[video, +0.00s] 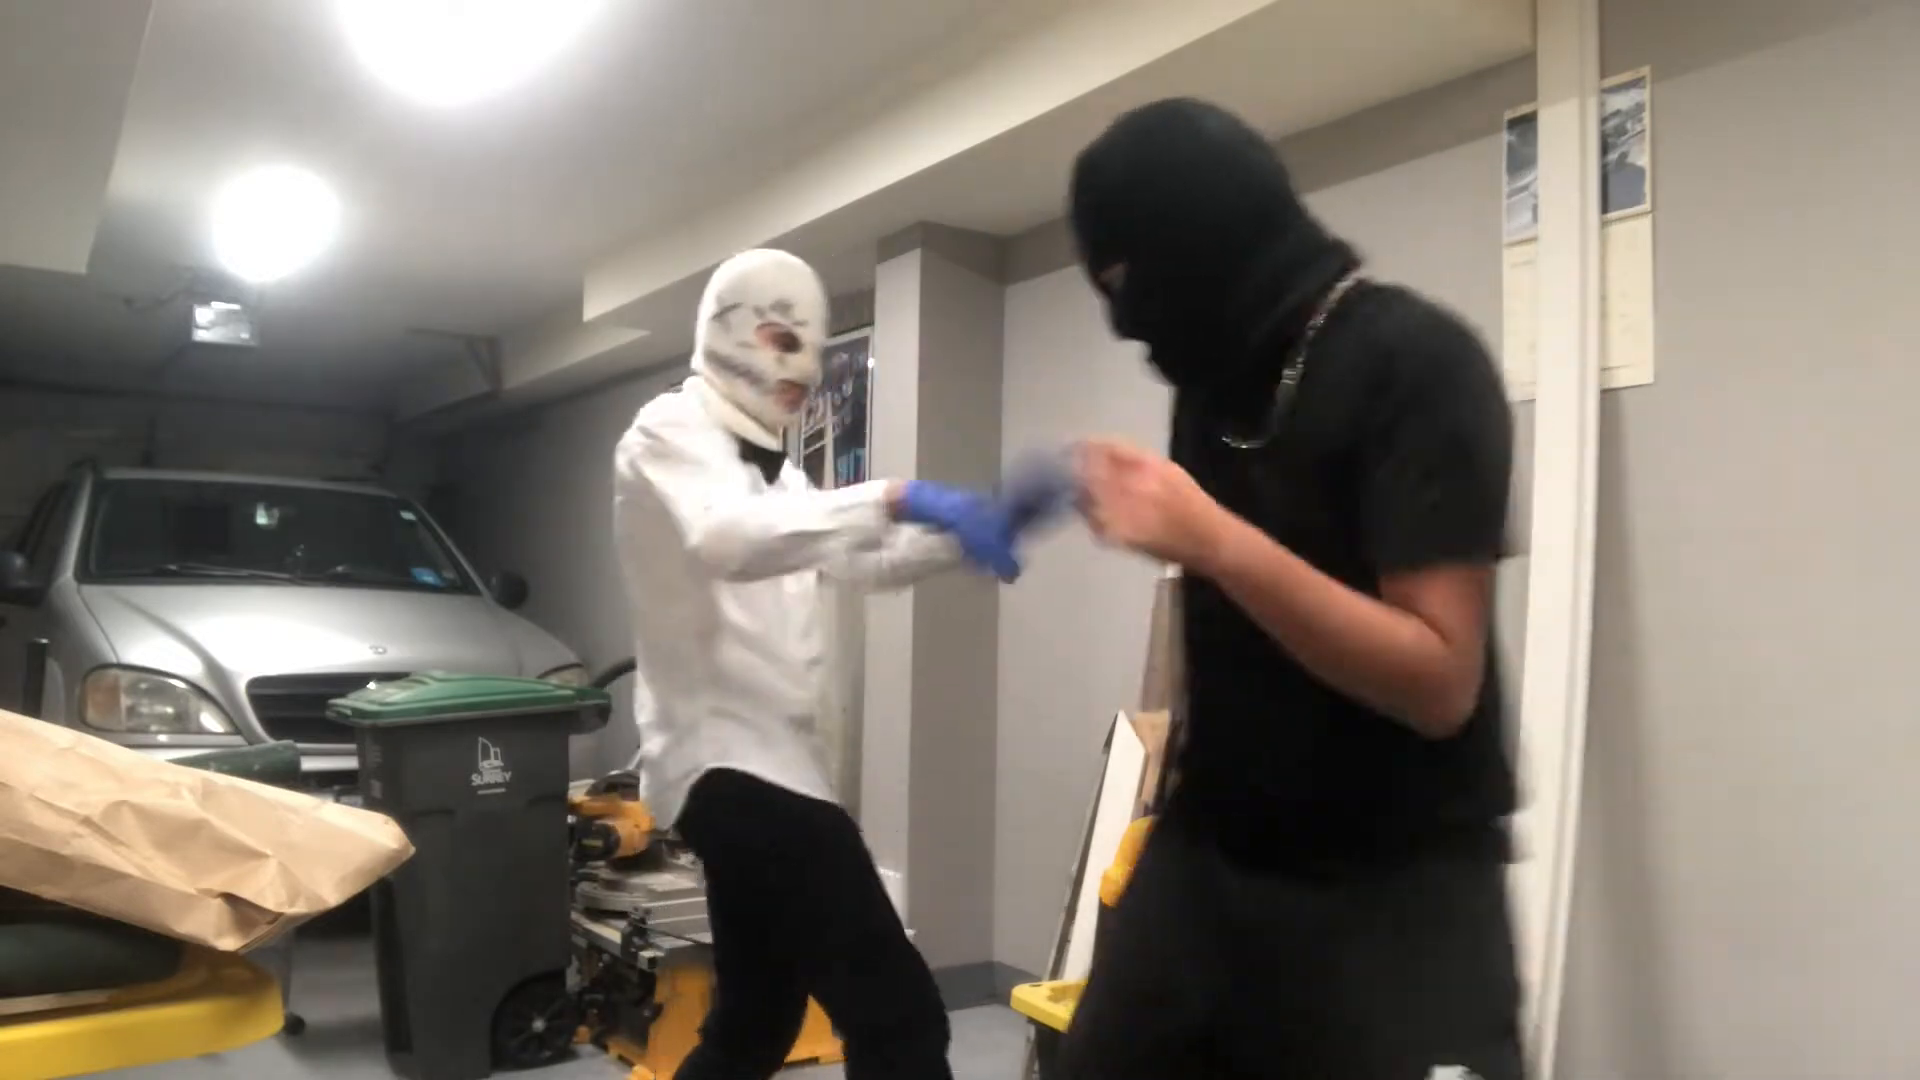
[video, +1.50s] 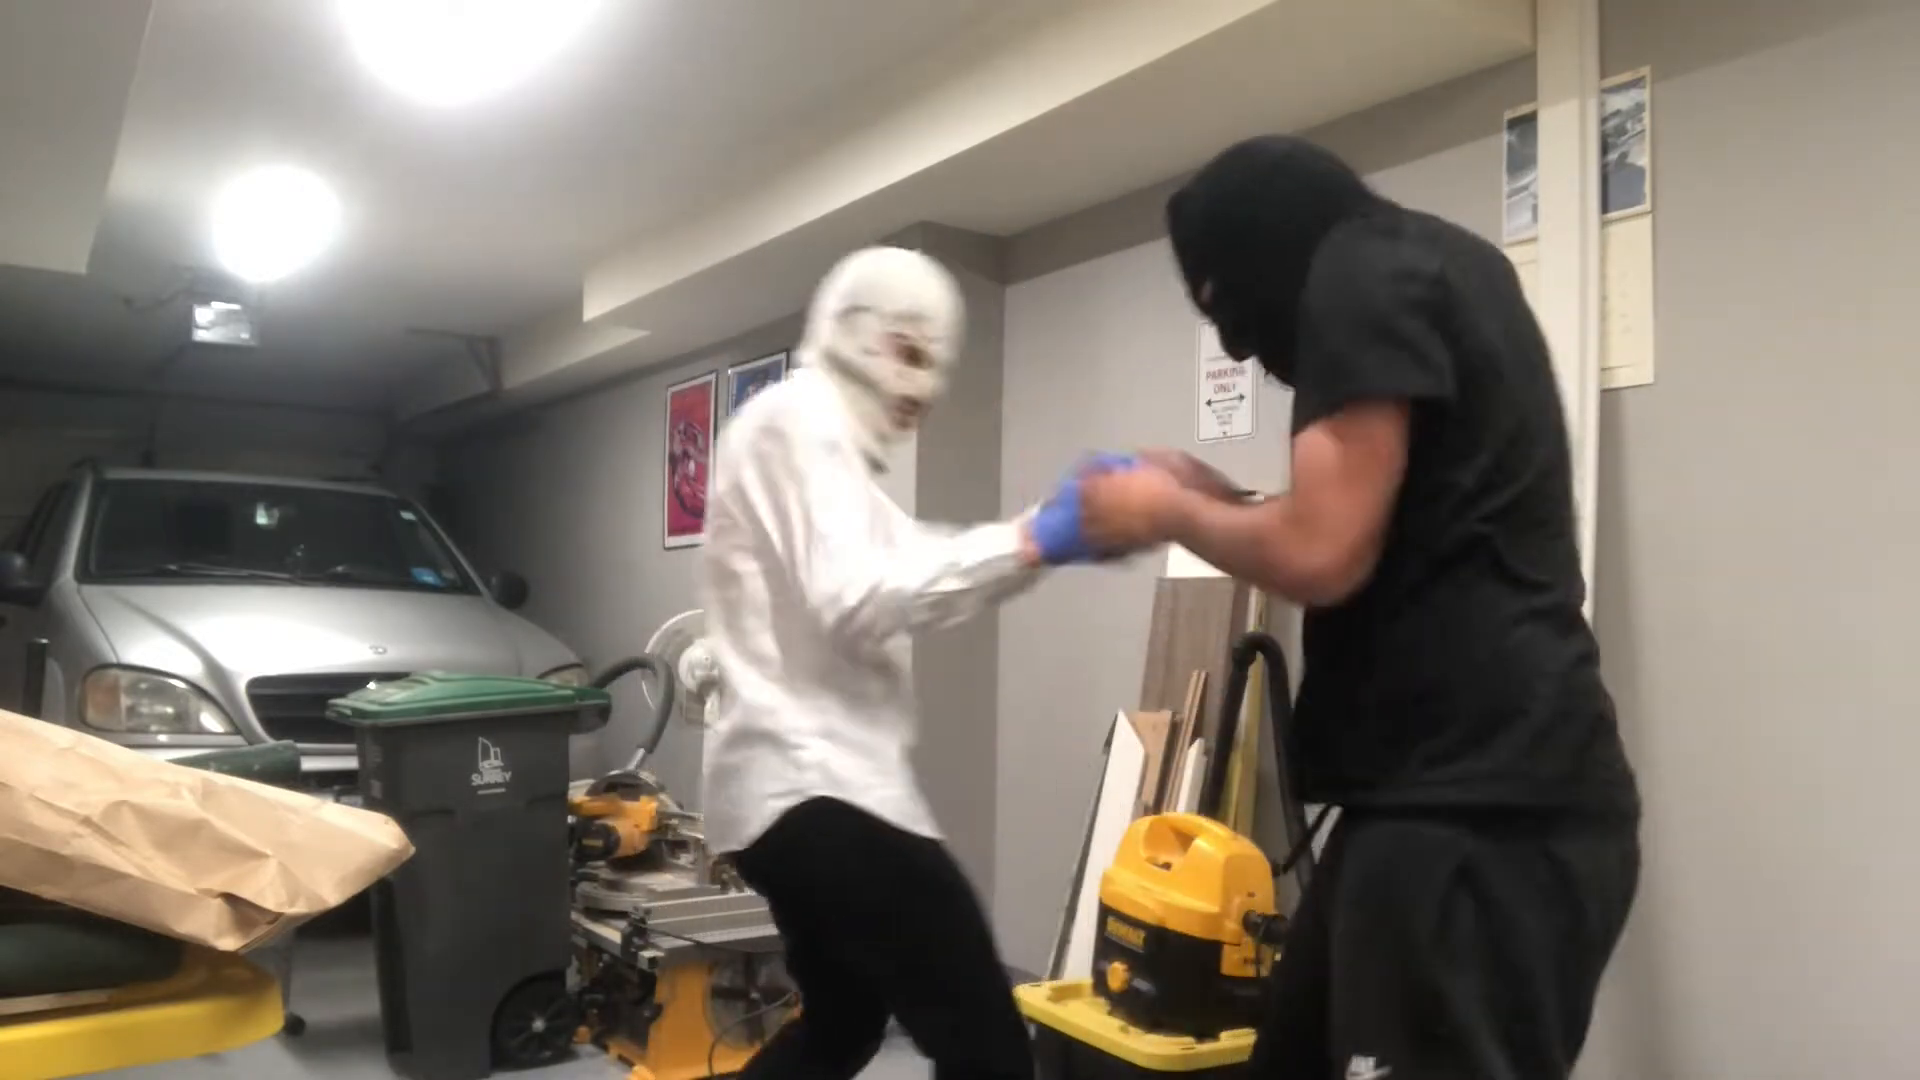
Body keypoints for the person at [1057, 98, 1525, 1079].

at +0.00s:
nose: (1119, 317)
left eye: (1123, 277)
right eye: (1106, 286)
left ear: (1199, 241)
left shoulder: (1415, 360)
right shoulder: (1218, 385)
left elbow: (1443, 681)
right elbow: (1225, 644)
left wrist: (1205, 535)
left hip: (1393, 911)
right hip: (1204, 883)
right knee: (1107, 1060)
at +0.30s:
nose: (1103, 297)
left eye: (1111, 260)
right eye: (1096, 267)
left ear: (1192, 227)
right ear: (1198, 232)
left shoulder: (1356, 381)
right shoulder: (1177, 374)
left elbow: (1387, 683)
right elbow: (1155, 628)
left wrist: (1158, 540)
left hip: (1199, 884)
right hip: (1006, 846)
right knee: (952, 1060)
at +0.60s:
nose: (1078, 260)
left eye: (1081, 227)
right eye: (1074, 230)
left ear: (1123, 213)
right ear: (1213, 192)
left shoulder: (1206, 293)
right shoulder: (1294, 300)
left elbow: (1035, 540)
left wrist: (999, 442)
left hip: (1273, 833)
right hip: (1170, 815)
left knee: (1265, 1063)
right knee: (1071, 1062)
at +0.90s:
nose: (1159, 331)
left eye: (1156, 296)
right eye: (1149, 302)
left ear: (1190, 261)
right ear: (1261, 221)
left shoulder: (1301, 282)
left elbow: (1150, 556)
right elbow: (1329, 627)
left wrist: (1083, 593)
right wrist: (1171, 578)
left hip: (1414, 867)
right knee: (1186, 1064)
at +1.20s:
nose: (1167, 379)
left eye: (1157, 353)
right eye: (1152, 362)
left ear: (1183, 305)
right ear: (1265, 251)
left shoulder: (1257, 337)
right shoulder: (1455, 333)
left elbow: (1119, 580)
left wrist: (1043, 543)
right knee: (1268, 1064)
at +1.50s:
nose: (1221, 326)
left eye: (1217, 293)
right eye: (1207, 301)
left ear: (1267, 243)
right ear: (1314, 213)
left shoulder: (1370, 270)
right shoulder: (1431, 268)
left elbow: (1318, 554)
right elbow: (1363, 536)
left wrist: (1169, 513)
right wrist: (1222, 504)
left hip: (1469, 824)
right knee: (1298, 1061)